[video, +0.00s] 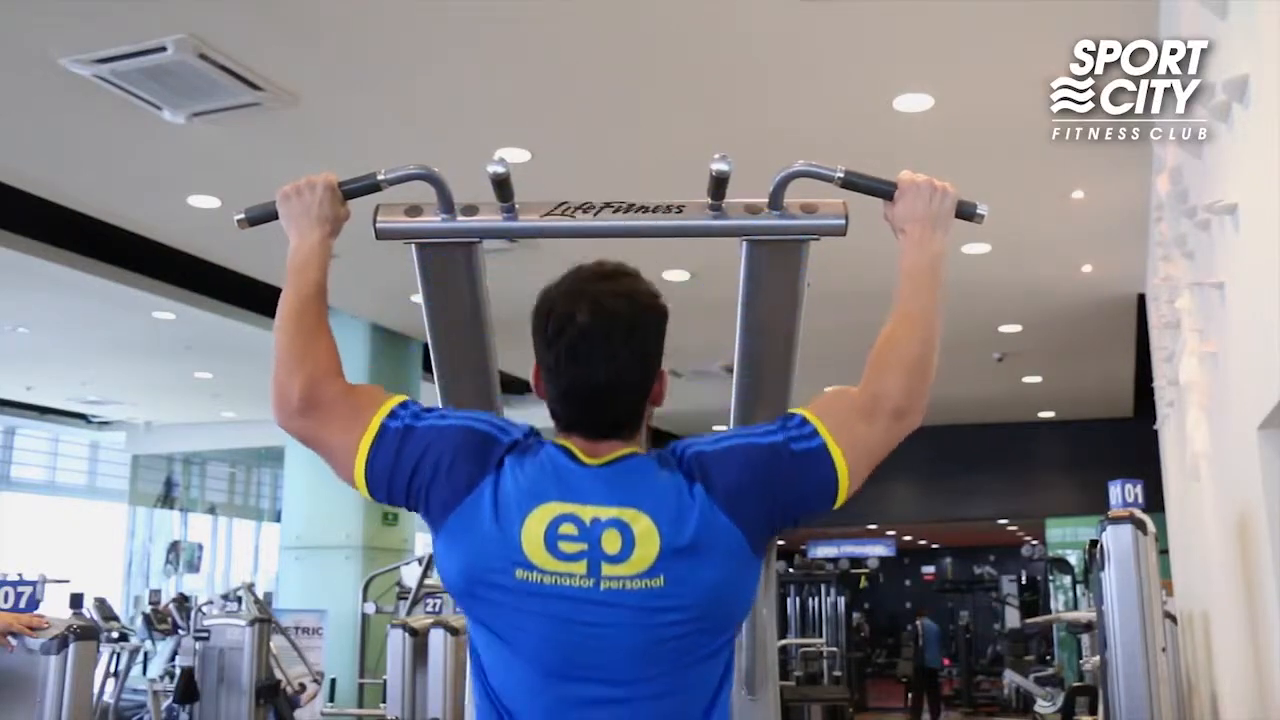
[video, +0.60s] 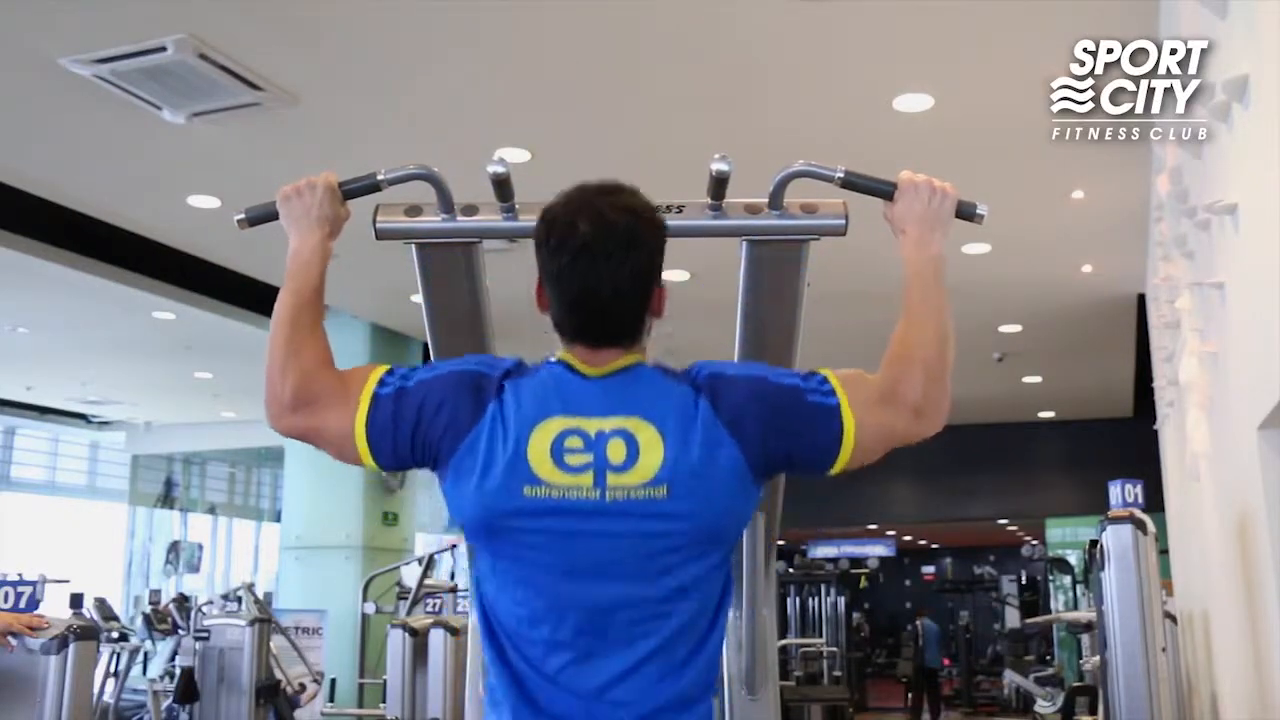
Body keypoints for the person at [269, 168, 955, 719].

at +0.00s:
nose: (661, 375)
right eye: (662, 362)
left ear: (537, 381)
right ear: (659, 385)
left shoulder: (471, 476)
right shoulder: (727, 490)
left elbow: (305, 399)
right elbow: (890, 405)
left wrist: (308, 240)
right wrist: (923, 243)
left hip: (519, 710)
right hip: (685, 712)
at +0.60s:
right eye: (661, 276)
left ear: (539, 295)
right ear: (660, 299)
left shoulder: (475, 409)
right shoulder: (729, 415)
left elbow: (296, 401)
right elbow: (913, 405)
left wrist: (308, 243)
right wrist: (924, 245)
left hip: (523, 709)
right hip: (676, 711)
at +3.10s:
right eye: (660, 142)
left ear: (546, 160)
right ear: (662, 159)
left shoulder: (484, 275)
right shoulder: (733, 283)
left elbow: (312, 391)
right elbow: (906, 393)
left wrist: (307, 241)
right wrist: (923, 242)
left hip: (522, 646)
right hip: (669, 648)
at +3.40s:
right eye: (662, 101)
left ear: (549, 115)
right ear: (660, 115)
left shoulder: (485, 232)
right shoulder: (732, 236)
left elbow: (334, 376)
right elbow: (889, 374)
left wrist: (309, 238)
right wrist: (923, 239)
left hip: (532, 603)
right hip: (678, 605)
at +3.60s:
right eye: (662, 131)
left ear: (547, 145)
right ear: (662, 147)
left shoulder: (485, 262)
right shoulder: (732, 269)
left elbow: (316, 387)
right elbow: (905, 385)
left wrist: (309, 238)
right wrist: (924, 239)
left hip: (532, 636)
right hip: (680, 637)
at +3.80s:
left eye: (546, 172)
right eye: (658, 175)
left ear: (542, 195)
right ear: (662, 195)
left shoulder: (475, 311)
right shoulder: (732, 318)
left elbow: (297, 394)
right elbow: (912, 396)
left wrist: (308, 243)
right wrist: (924, 240)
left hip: (528, 689)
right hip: (687, 689)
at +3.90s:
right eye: (661, 204)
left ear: (538, 223)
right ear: (660, 224)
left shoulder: (471, 335)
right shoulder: (731, 346)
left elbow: (292, 394)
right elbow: (917, 395)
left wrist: (307, 241)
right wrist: (925, 238)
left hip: (525, 701)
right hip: (685, 700)